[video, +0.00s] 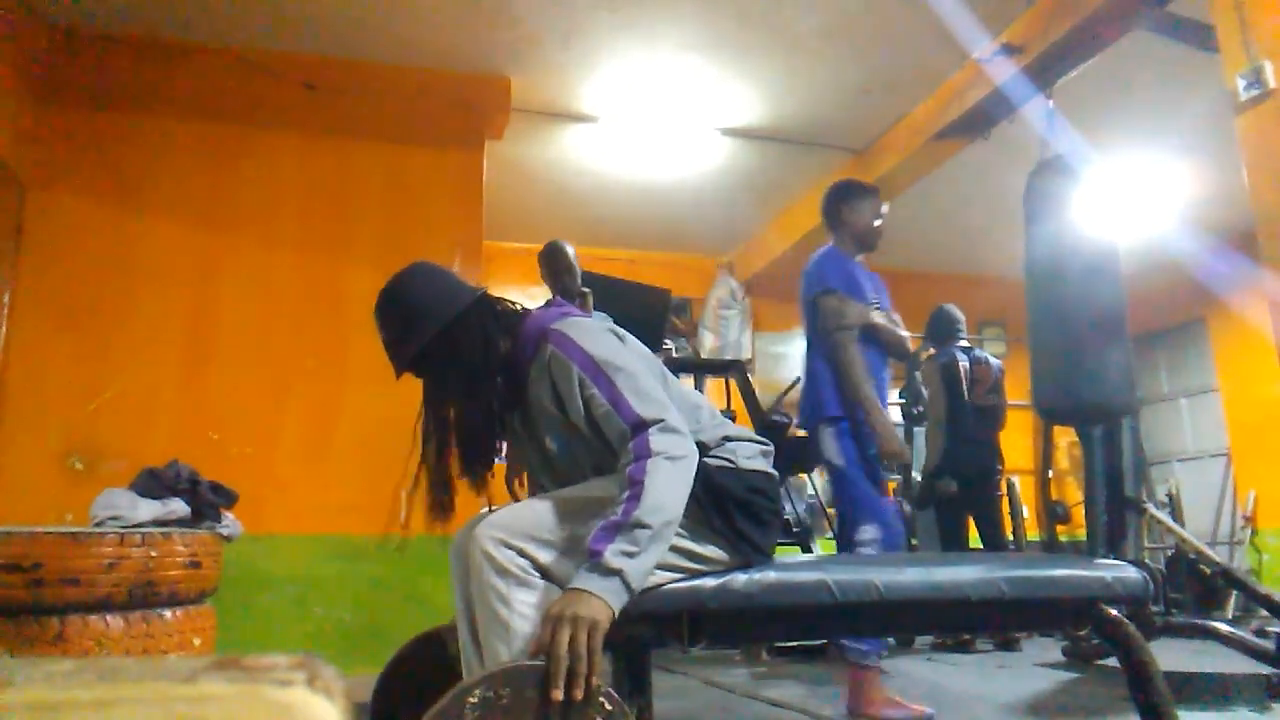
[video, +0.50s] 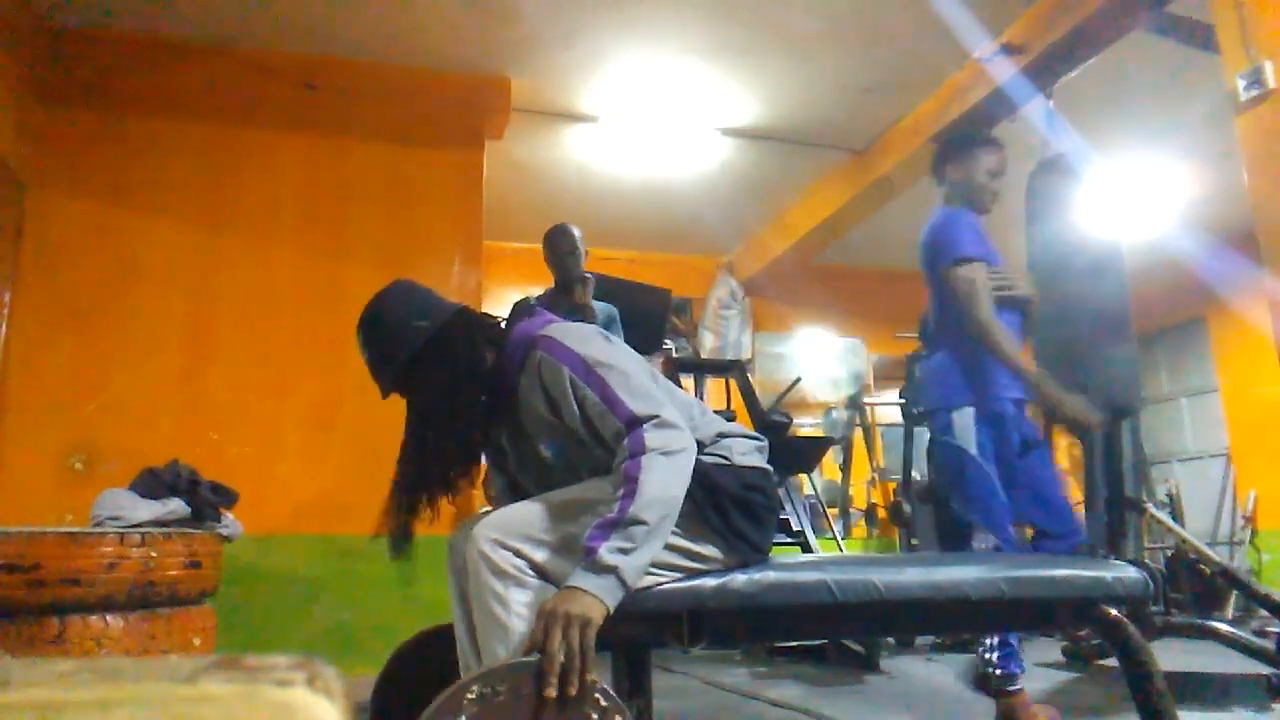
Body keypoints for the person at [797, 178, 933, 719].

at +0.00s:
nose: (882, 222)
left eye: (882, 214)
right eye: (874, 214)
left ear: (860, 218)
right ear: (843, 215)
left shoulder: (870, 279)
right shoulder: (828, 267)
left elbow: (905, 349)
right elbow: (843, 352)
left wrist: (869, 319)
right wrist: (880, 426)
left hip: (865, 421)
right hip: (839, 420)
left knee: (873, 538)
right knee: (876, 532)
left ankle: (866, 683)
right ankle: (864, 686)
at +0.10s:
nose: (905, 216)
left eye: (905, 207)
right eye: (897, 206)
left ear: (874, 211)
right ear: (864, 210)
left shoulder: (891, 276)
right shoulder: (852, 262)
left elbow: (929, 347)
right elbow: (856, 342)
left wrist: (895, 317)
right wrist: (898, 426)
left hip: (891, 424)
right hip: (863, 422)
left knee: (873, 548)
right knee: (912, 539)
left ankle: (863, 681)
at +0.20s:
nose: (928, 207)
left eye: (927, 198)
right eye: (919, 197)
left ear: (895, 204)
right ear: (886, 203)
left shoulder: (912, 270)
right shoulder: (876, 258)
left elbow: (956, 335)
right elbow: (883, 343)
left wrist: (922, 309)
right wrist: (924, 430)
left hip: (922, 423)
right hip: (892, 422)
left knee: (896, 550)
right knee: (945, 545)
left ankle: (866, 679)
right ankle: (995, 688)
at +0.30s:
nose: (948, 203)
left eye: (949, 195)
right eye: (939, 193)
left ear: (917, 196)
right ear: (905, 194)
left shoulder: (930, 260)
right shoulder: (901, 252)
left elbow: (988, 337)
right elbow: (920, 341)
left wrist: (950, 302)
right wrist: (958, 421)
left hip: (944, 413)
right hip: (920, 415)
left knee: (937, 544)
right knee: (970, 544)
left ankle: (881, 663)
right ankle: (1007, 694)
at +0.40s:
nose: (970, 190)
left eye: (972, 181)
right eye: (962, 177)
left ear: (955, 184)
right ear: (929, 179)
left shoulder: (949, 244)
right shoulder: (927, 239)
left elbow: (1004, 335)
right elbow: (950, 340)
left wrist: (988, 294)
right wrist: (1007, 413)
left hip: (969, 401)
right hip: (944, 403)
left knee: (1007, 540)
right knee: (983, 539)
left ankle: (924, 646)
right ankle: (1008, 696)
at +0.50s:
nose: (999, 187)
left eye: (1001, 176)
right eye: (990, 174)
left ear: (963, 173)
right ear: (952, 170)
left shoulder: (970, 234)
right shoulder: (952, 227)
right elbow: (978, 321)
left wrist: (1025, 301)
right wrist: (1053, 394)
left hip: (1003, 406)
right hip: (967, 407)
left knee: (1064, 531)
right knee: (993, 539)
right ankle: (1006, 684)